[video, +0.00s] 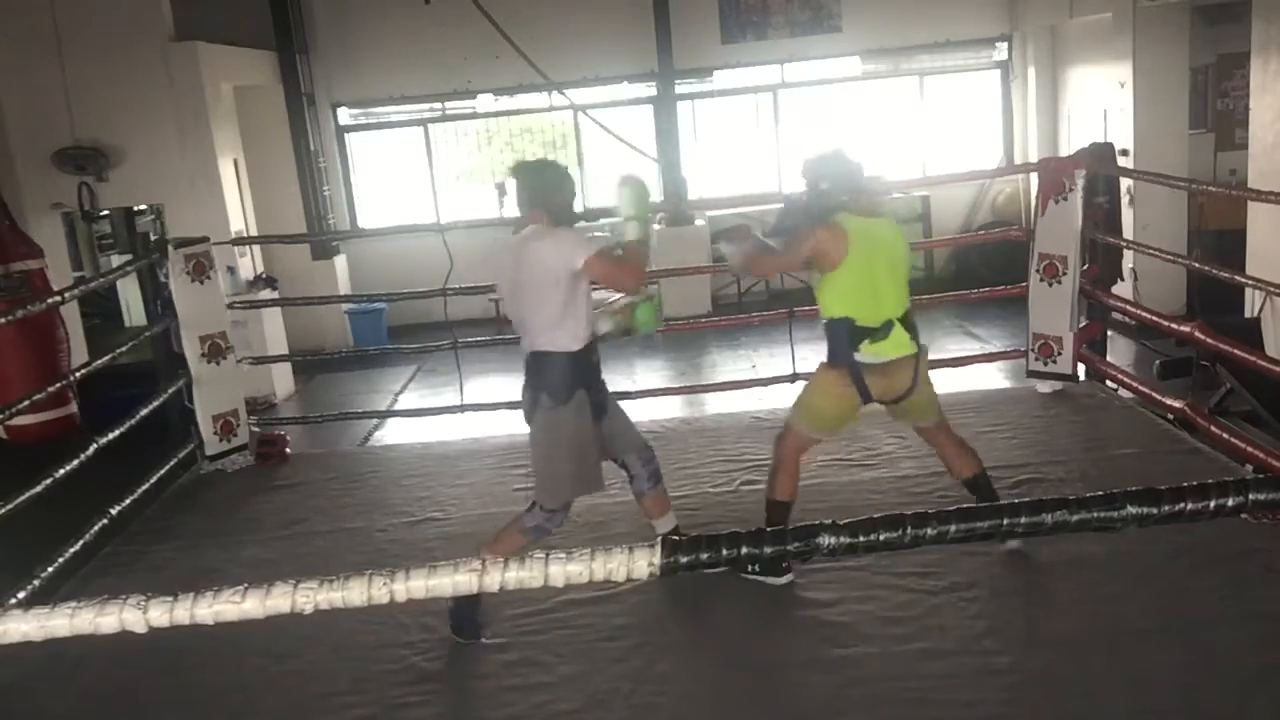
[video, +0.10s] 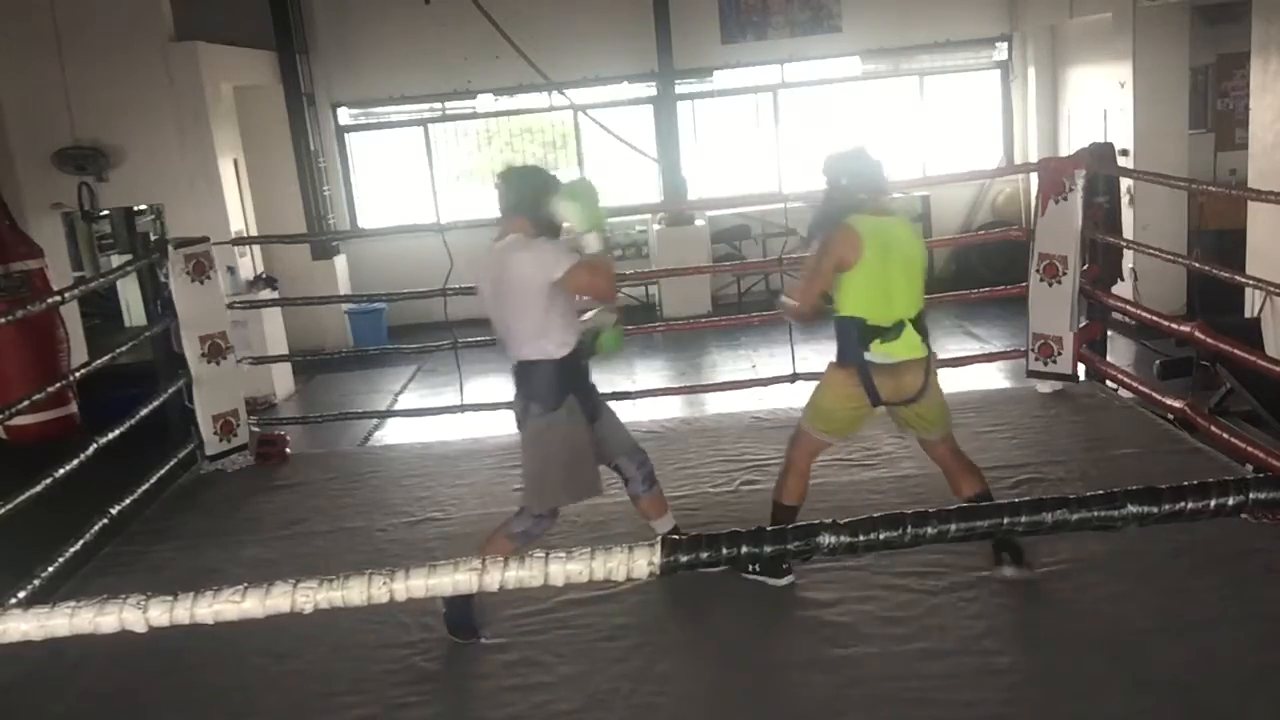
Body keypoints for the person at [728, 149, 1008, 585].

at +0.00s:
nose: (808, 194)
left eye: (811, 187)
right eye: (809, 186)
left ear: (821, 189)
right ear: (856, 182)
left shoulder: (824, 233)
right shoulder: (891, 228)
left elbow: (762, 267)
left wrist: (746, 246)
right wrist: (799, 233)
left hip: (848, 374)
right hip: (907, 367)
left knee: (789, 446)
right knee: (942, 436)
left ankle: (772, 555)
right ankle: (1000, 517)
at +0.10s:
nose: (828, 193)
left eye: (831, 186)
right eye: (830, 186)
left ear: (841, 188)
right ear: (878, 183)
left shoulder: (844, 234)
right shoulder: (909, 229)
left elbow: (806, 302)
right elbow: (903, 290)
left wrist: (796, 306)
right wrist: (826, 298)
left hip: (857, 374)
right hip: (916, 370)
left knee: (800, 454)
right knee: (950, 454)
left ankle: (773, 557)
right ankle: (1007, 545)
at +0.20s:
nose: (856, 199)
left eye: (859, 191)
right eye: (856, 191)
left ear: (872, 192)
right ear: (906, 189)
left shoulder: (874, 238)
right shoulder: (940, 240)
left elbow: (852, 307)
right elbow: (934, 303)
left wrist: (832, 328)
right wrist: (854, 317)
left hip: (877, 381)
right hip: (936, 378)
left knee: (823, 460)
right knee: (967, 462)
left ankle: (779, 555)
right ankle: (1012, 560)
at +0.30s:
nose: (872, 194)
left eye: (877, 186)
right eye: (875, 186)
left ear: (892, 188)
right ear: (926, 185)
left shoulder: (899, 232)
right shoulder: (962, 236)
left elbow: (879, 298)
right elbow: (946, 293)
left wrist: (851, 315)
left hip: (897, 377)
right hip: (956, 375)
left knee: (842, 469)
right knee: (981, 465)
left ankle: (792, 553)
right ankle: (1013, 560)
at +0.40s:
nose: (896, 178)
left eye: (900, 167)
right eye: (897, 168)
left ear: (917, 169)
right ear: (949, 166)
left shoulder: (930, 210)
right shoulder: (982, 215)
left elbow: (912, 272)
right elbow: (965, 274)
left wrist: (884, 276)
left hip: (930, 355)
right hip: (981, 354)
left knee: (876, 454)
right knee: (989, 456)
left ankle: (831, 551)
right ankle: (1015, 561)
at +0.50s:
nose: (905, 151)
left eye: (910, 141)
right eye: (906, 141)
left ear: (931, 141)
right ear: (956, 142)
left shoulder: (940, 187)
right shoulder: (992, 188)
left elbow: (938, 247)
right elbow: (983, 248)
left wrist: (902, 262)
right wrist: (909, 235)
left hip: (949, 328)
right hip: (1000, 325)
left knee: (907, 433)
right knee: (999, 433)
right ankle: (1025, 543)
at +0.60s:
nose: (918, 155)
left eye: (923, 144)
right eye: (920, 144)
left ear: (941, 145)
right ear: (971, 143)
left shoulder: (954, 190)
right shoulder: (1008, 190)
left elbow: (952, 256)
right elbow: (1009, 251)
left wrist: (920, 259)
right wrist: (932, 248)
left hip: (966, 336)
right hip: (1015, 329)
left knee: (940, 446)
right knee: (1008, 432)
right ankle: (1050, 539)